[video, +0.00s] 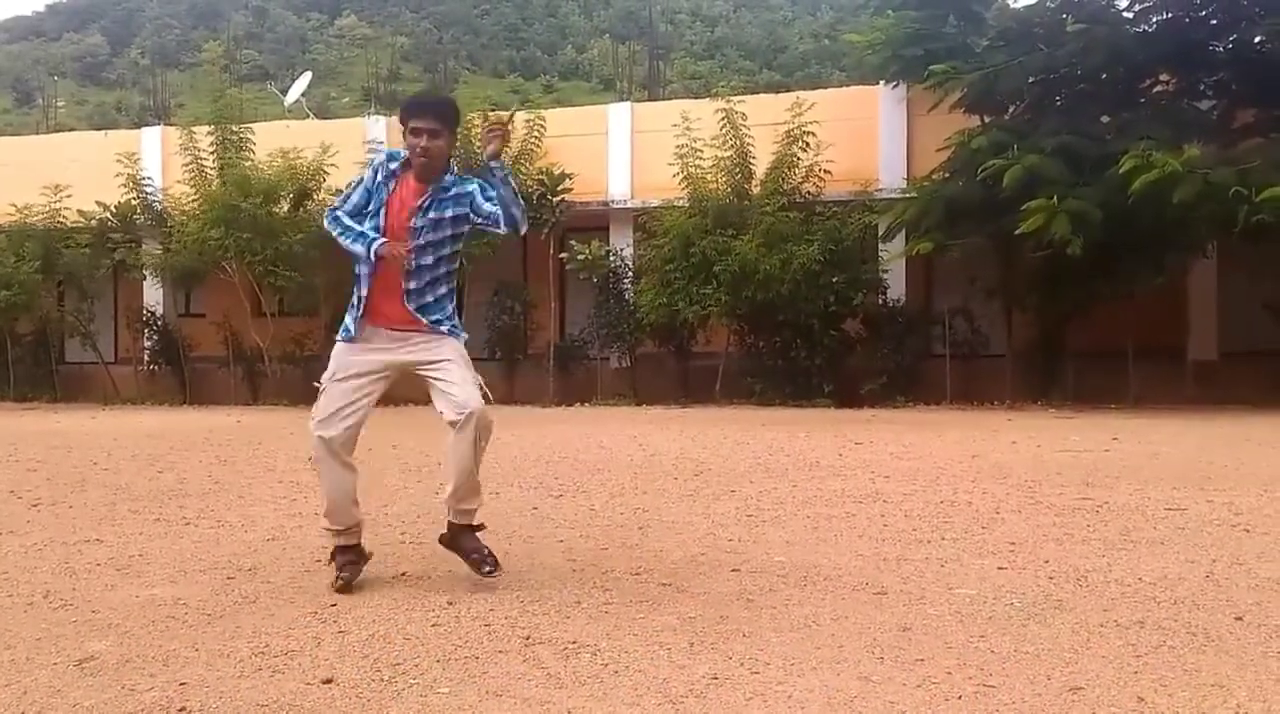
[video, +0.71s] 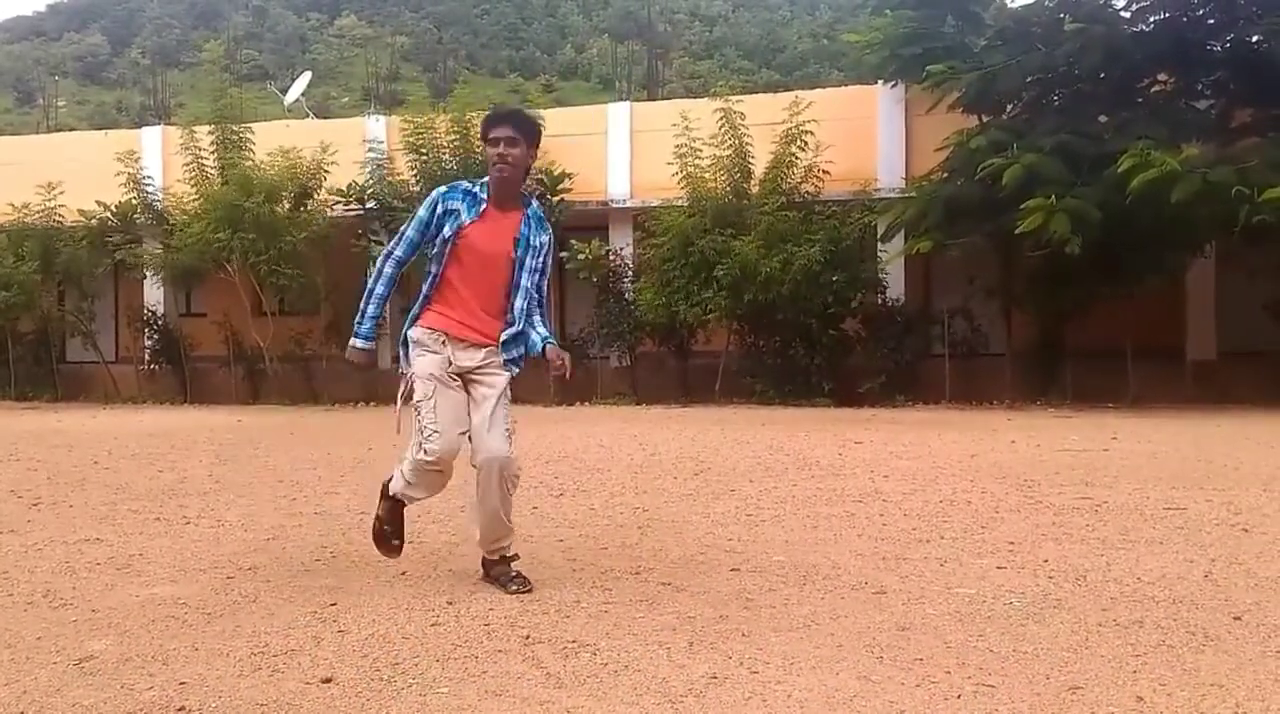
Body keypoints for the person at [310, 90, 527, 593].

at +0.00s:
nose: (420, 145)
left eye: (432, 136)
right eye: (413, 135)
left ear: (453, 142)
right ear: (403, 136)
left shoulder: (464, 190)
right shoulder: (383, 171)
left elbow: (513, 223)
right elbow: (337, 217)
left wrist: (495, 163)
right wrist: (372, 243)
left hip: (434, 333)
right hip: (366, 332)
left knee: (471, 412)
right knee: (328, 431)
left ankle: (462, 527)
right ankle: (347, 545)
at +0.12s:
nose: (458, 130)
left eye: (469, 121)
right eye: (452, 120)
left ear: (495, 118)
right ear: (444, 115)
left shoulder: (507, 163)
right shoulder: (423, 143)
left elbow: (570, 138)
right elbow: (370, 182)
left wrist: (611, 75)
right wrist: (331, 230)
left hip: (435, 313)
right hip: (370, 296)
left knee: (469, 419)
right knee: (307, 393)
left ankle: (498, 539)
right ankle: (279, 477)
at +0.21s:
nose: (473, 142)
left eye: (484, 132)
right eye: (468, 131)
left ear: (513, 128)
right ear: (461, 124)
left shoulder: (529, 168)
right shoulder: (444, 153)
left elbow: (585, 127)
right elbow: (388, 188)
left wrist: (639, 70)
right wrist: (332, 229)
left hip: (446, 327)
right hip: (387, 297)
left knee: (465, 441)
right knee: (301, 371)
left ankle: (495, 558)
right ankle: (253, 430)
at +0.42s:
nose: (505, 160)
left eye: (516, 149)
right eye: (497, 150)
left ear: (540, 151)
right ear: (488, 152)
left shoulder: (556, 211)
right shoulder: (467, 191)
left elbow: (621, 183)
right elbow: (414, 228)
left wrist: (660, 116)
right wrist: (356, 263)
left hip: (474, 355)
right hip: (417, 331)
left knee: (483, 462)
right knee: (336, 421)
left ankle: (496, 561)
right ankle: (282, 390)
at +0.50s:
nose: (509, 160)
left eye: (520, 150)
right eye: (500, 151)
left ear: (543, 155)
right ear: (492, 157)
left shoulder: (556, 227)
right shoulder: (468, 197)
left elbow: (622, 242)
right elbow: (412, 243)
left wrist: (647, 169)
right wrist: (355, 292)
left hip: (478, 362)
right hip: (424, 338)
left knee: (483, 463)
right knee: (370, 454)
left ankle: (495, 560)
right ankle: (321, 413)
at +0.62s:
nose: (509, 159)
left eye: (520, 150)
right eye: (501, 150)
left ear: (541, 160)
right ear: (491, 158)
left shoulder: (548, 236)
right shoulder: (457, 204)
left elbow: (563, 314)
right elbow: (400, 259)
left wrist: (592, 287)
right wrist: (362, 321)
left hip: (487, 362)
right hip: (430, 346)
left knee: (490, 461)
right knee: (432, 459)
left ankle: (495, 559)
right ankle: (383, 464)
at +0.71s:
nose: (501, 153)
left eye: (513, 144)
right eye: (494, 143)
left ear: (532, 154)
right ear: (484, 150)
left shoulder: (537, 228)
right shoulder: (449, 200)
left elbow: (531, 301)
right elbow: (393, 259)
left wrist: (547, 342)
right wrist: (364, 331)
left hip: (491, 354)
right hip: (434, 340)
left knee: (498, 457)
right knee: (441, 450)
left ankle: (497, 560)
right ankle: (395, 494)